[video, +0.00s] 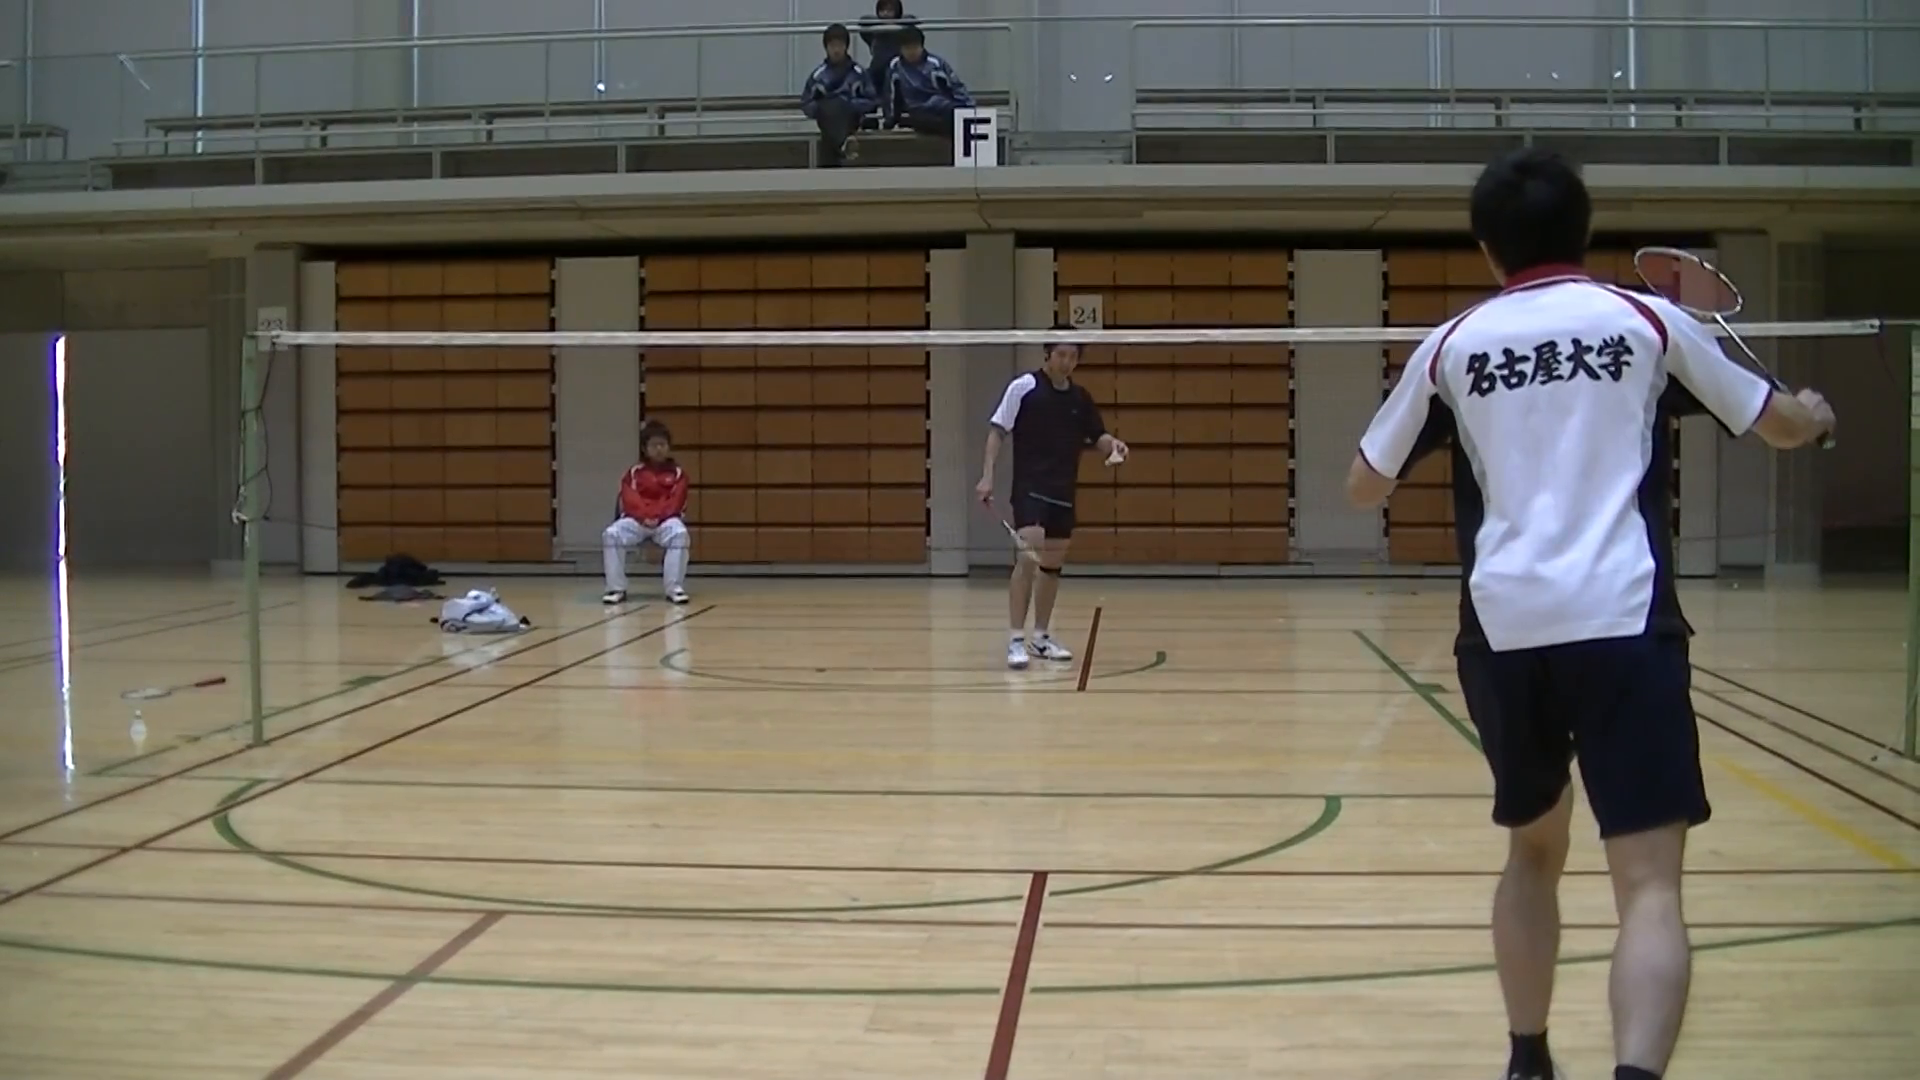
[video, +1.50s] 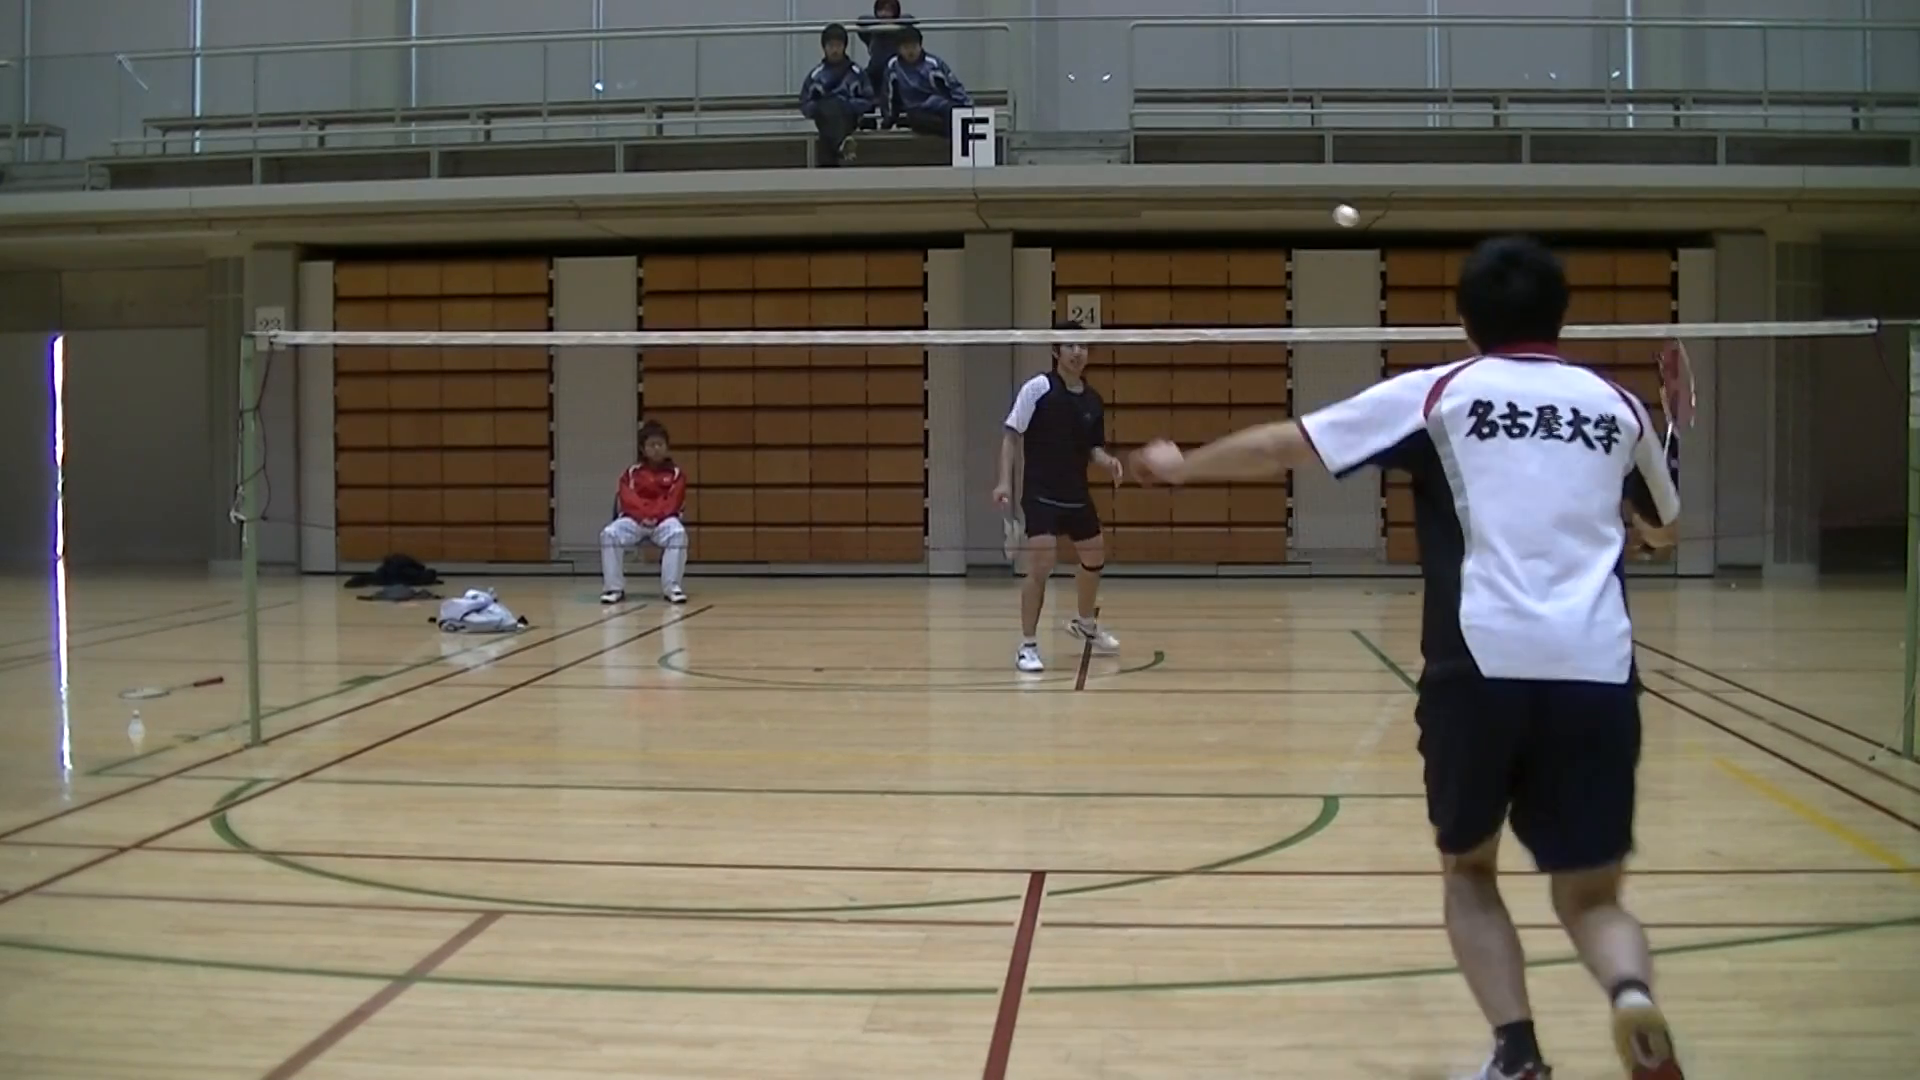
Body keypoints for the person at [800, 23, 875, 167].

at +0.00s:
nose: (836, 50)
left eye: (840, 45)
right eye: (832, 45)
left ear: (846, 47)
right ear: (826, 47)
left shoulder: (859, 72)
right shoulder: (818, 74)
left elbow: (871, 102)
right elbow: (807, 106)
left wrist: (846, 104)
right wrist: (823, 105)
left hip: (852, 119)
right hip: (826, 119)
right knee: (830, 105)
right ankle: (843, 143)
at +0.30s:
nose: (836, 50)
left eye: (840, 45)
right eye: (832, 46)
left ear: (846, 47)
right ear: (825, 47)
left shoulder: (858, 73)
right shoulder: (817, 75)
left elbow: (871, 102)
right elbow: (806, 106)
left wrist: (847, 105)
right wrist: (823, 107)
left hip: (852, 121)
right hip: (825, 120)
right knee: (829, 106)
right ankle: (843, 142)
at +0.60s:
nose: (835, 50)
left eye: (839, 45)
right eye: (831, 46)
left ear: (846, 47)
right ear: (824, 48)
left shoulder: (857, 72)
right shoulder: (816, 74)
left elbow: (870, 101)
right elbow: (805, 105)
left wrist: (846, 105)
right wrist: (821, 107)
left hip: (851, 117)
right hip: (823, 118)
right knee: (830, 104)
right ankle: (842, 143)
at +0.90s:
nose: (835, 50)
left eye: (839, 45)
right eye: (831, 46)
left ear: (845, 47)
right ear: (824, 48)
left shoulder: (857, 73)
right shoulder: (816, 75)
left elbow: (869, 103)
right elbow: (806, 106)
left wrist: (844, 105)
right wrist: (822, 106)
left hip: (851, 118)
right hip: (823, 119)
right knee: (829, 105)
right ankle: (842, 143)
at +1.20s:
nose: (835, 50)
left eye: (839, 45)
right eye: (831, 45)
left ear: (845, 47)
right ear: (824, 48)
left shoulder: (857, 73)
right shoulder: (815, 75)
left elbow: (869, 102)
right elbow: (806, 106)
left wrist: (844, 105)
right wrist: (823, 105)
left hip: (850, 118)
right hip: (823, 118)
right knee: (830, 104)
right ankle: (841, 143)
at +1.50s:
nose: (835, 50)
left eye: (839, 45)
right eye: (830, 45)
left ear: (845, 46)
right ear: (824, 47)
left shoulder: (857, 73)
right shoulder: (815, 75)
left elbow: (868, 102)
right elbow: (805, 107)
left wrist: (843, 104)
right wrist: (823, 105)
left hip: (850, 119)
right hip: (823, 119)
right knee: (830, 104)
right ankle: (841, 143)